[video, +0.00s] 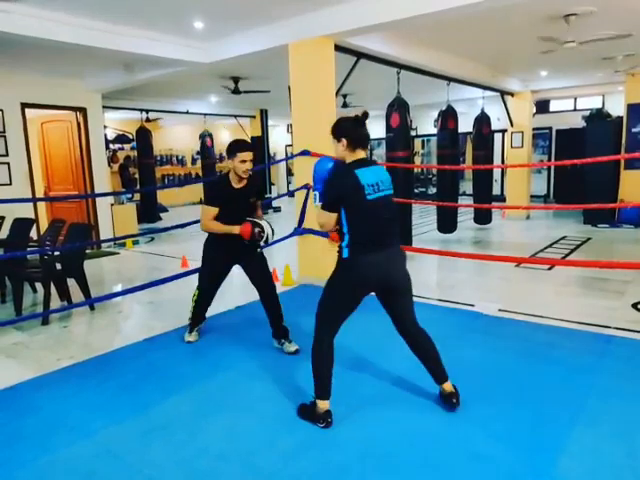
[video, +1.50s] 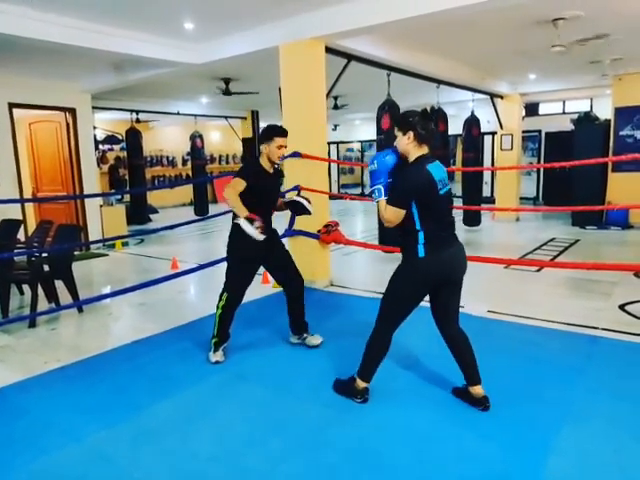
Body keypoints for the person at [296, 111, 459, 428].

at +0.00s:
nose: (333, 148)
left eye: (335, 143)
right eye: (334, 142)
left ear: (345, 144)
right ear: (364, 142)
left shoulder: (340, 176)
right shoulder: (381, 171)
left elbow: (326, 222)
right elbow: (367, 214)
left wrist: (311, 209)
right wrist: (333, 228)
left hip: (357, 268)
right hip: (392, 263)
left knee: (324, 331)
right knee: (410, 327)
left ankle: (321, 407)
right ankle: (448, 389)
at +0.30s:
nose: (379, 130)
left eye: (381, 124)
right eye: (380, 124)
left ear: (392, 125)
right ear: (408, 124)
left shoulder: (386, 158)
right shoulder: (426, 152)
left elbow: (368, 204)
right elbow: (413, 191)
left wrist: (367, 179)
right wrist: (376, 177)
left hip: (410, 250)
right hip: (443, 241)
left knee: (399, 323)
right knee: (439, 307)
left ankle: (417, 395)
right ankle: (469, 374)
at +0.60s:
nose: (416, 145)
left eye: (418, 140)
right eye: (416, 140)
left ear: (432, 141)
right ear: (442, 140)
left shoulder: (430, 178)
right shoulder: (463, 170)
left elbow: (405, 220)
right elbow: (445, 209)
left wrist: (399, 184)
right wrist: (415, 180)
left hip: (441, 265)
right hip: (475, 258)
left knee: (401, 320)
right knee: (479, 318)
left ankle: (417, 393)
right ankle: (513, 380)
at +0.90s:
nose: (402, 142)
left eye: (405, 138)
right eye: (403, 137)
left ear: (417, 141)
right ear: (429, 140)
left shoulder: (398, 170)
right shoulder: (446, 165)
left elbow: (354, 173)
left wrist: (337, 152)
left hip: (422, 261)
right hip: (458, 257)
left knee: (382, 315)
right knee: (471, 317)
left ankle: (363, 379)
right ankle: (507, 377)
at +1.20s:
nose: (379, 133)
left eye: (383, 128)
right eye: (381, 128)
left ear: (396, 133)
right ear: (399, 134)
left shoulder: (404, 173)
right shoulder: (387, 158)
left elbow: (377, 212)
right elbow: (346, 150)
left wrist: (353, 184)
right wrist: (312, 132)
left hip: (400, 258)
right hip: (426, 251)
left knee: (371, 318)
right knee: (440, 319)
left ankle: (360, 382)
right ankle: (478, 383)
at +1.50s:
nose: (395, 142)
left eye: (399, 136)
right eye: (396, 136)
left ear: (412, 137)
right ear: (420, 138)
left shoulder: (410, 174)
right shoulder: (437, 167)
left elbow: (389, 218)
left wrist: (378, 184)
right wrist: (389, 175)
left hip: (421, 263)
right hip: (452, 258)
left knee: (385, 324)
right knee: (449, 324)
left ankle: (360, 384)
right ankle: (476, 389)